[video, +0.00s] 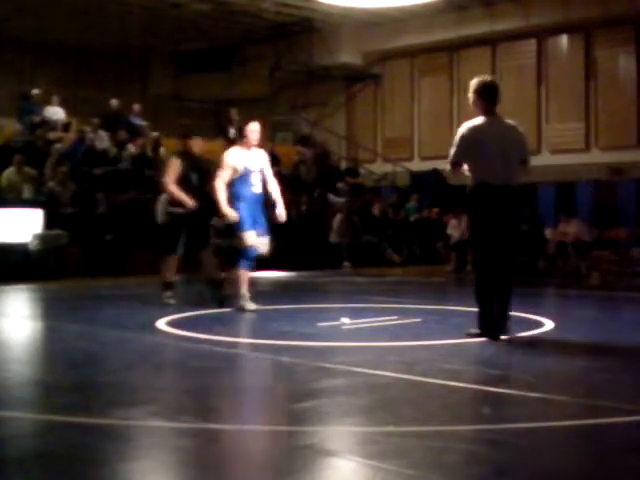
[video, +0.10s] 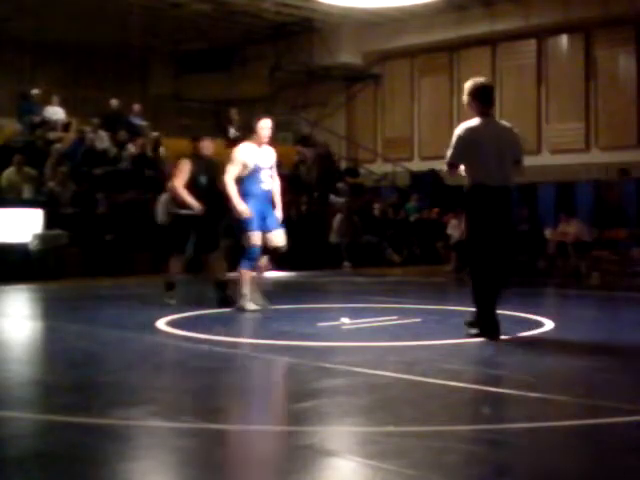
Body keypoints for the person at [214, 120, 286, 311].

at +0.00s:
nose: (255, 136)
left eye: (257, 133)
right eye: (252, 133)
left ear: (260, 135)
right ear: (244, 135)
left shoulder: (262, 155)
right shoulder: (232, 155)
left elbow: (271, 181)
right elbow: (220, 182)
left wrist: (279, 204)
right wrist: (225, 208)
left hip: (258, 203)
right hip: (241, 204)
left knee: (262, 245)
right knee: (248, 245)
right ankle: (243, 294)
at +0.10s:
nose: (267, 133)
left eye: (269, 129)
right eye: (263, 129)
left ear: (271, 132)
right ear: (255, 130)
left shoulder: (270, 153)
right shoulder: (243, 150)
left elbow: (274, 179)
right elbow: (229, 177)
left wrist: (278, 205)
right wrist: (238, 203)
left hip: (267, 201)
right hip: (250, 202)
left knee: (278, 241)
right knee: (253, 245)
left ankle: (253, 283)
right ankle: (245, 293)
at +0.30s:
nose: (293, 133)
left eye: (295, 129)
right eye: (289, 129)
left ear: (296, 131)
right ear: (280, 130)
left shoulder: (292, 153)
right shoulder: (267, 149)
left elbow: (286, 178)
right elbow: (249, 173)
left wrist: (287, 198)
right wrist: (267, 197)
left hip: (286, 202)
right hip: (268, 202)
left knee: (296, 246)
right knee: (263, 246)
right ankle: (245, 293)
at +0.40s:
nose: (305, 135)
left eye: (307, 131)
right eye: (302, 131)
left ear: (309, 134)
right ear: (293, 131)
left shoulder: (303, 155)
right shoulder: (280, 151)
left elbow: (298, 180)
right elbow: (266, 176)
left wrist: (302, 199)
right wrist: (287, 197)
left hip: (300, 206)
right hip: (282, 206)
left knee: (311, 249)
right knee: (273, 248)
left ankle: (325, 296)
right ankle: (247, 292)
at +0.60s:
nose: (328, 132)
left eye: (330, 128)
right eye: (325, 127)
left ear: (331, 130)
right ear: (316, 127)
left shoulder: (325, 153)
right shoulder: (303, 149)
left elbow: (327, 185)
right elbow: (297, 178)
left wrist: (340, 208)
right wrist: (317, 202)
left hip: (326, 203)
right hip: (309, 203)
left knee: (331, 251)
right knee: (312, 253)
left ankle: (328, 297)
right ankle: (275, 284)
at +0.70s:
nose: (335, 128)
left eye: (337, 125)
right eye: (332, 124)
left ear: (339, 127)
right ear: (323, 125)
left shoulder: (334, 151)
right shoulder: (310, 147)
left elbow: (336, 178)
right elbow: (304, 175)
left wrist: (360, 195)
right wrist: (325, 196)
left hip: (333, 198)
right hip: (317, 197)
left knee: (333, 248)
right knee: (332, 244)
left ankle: (329, 298)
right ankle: (299, 283)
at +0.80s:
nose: (342, 128)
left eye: (344, 124)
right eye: (339, 123)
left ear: (346, 126)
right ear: (331, 124)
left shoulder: (343, 148)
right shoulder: (317, 147)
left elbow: (348, 175)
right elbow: (311, 176)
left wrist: (374, 186)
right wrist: (332, 196)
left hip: (341, 198)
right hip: (324, 197)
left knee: (343, 245)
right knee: (344, 242)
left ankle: (333, 297)